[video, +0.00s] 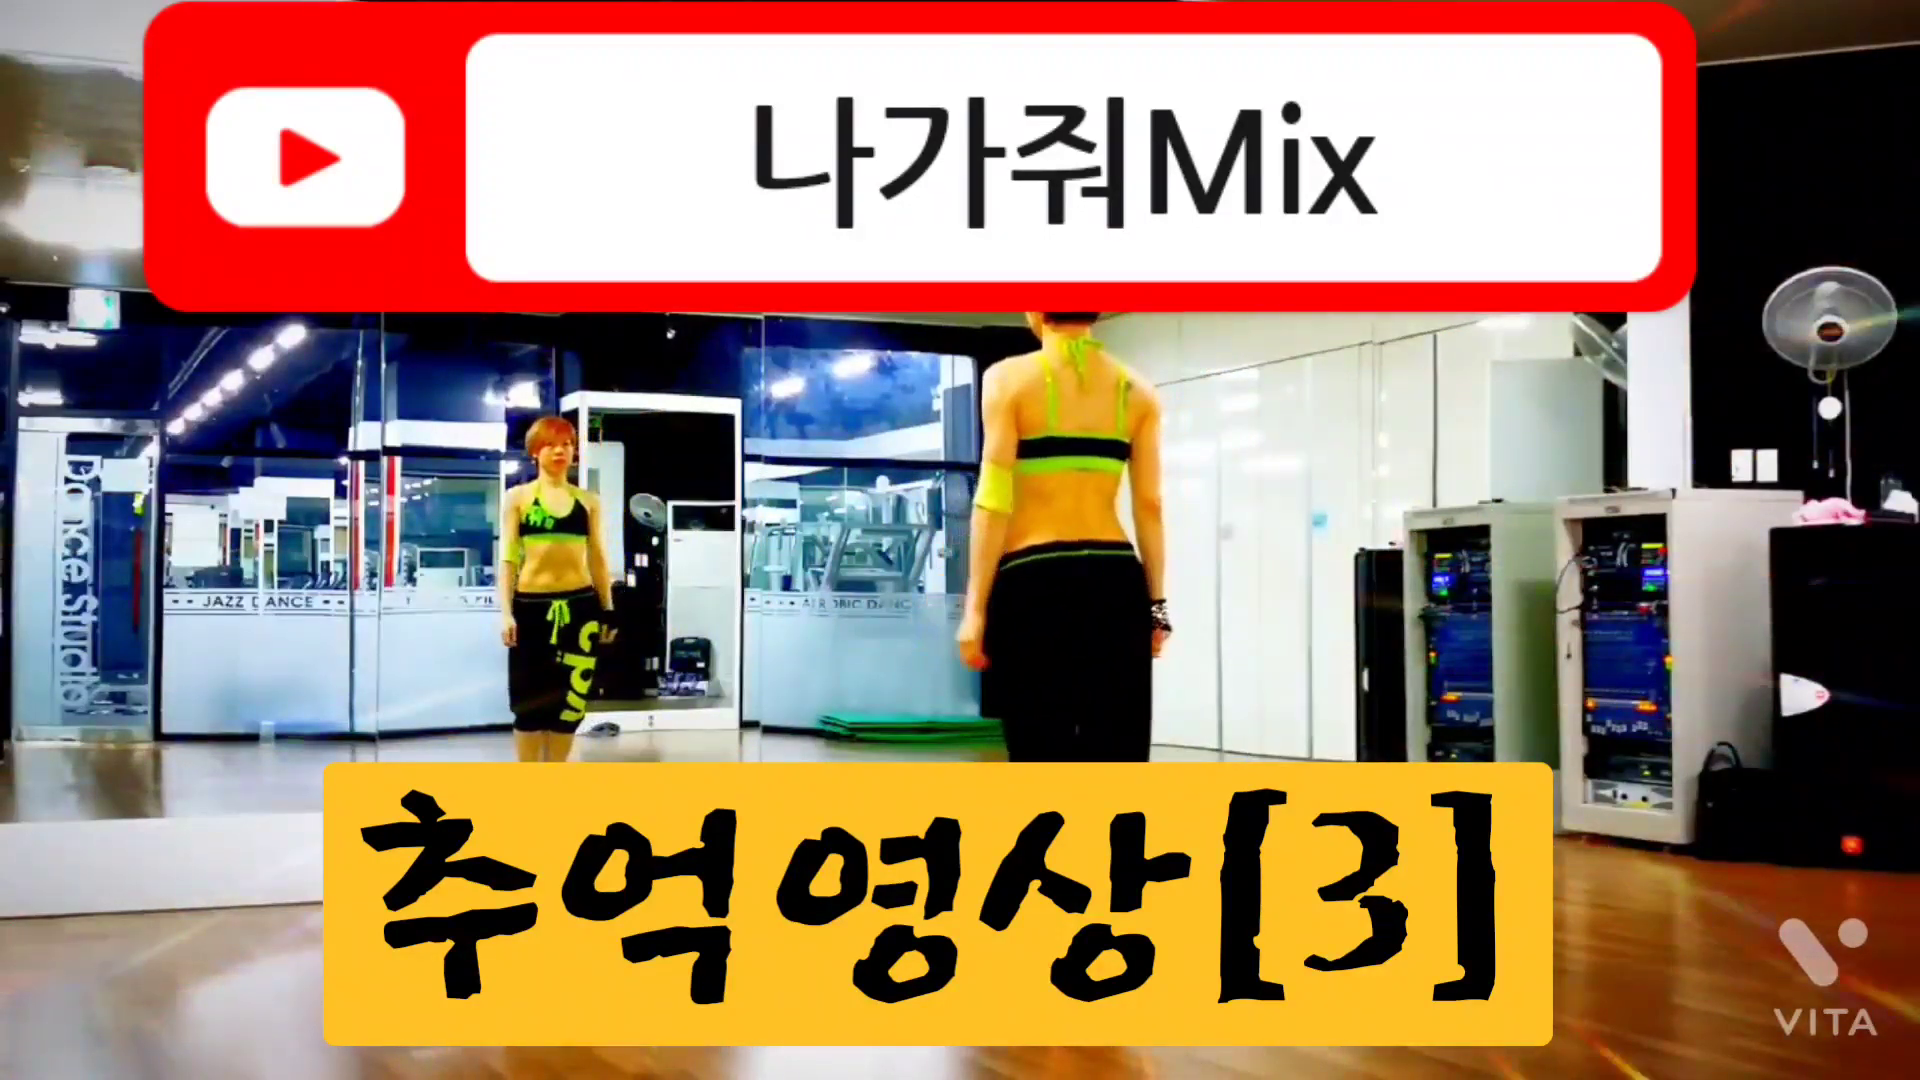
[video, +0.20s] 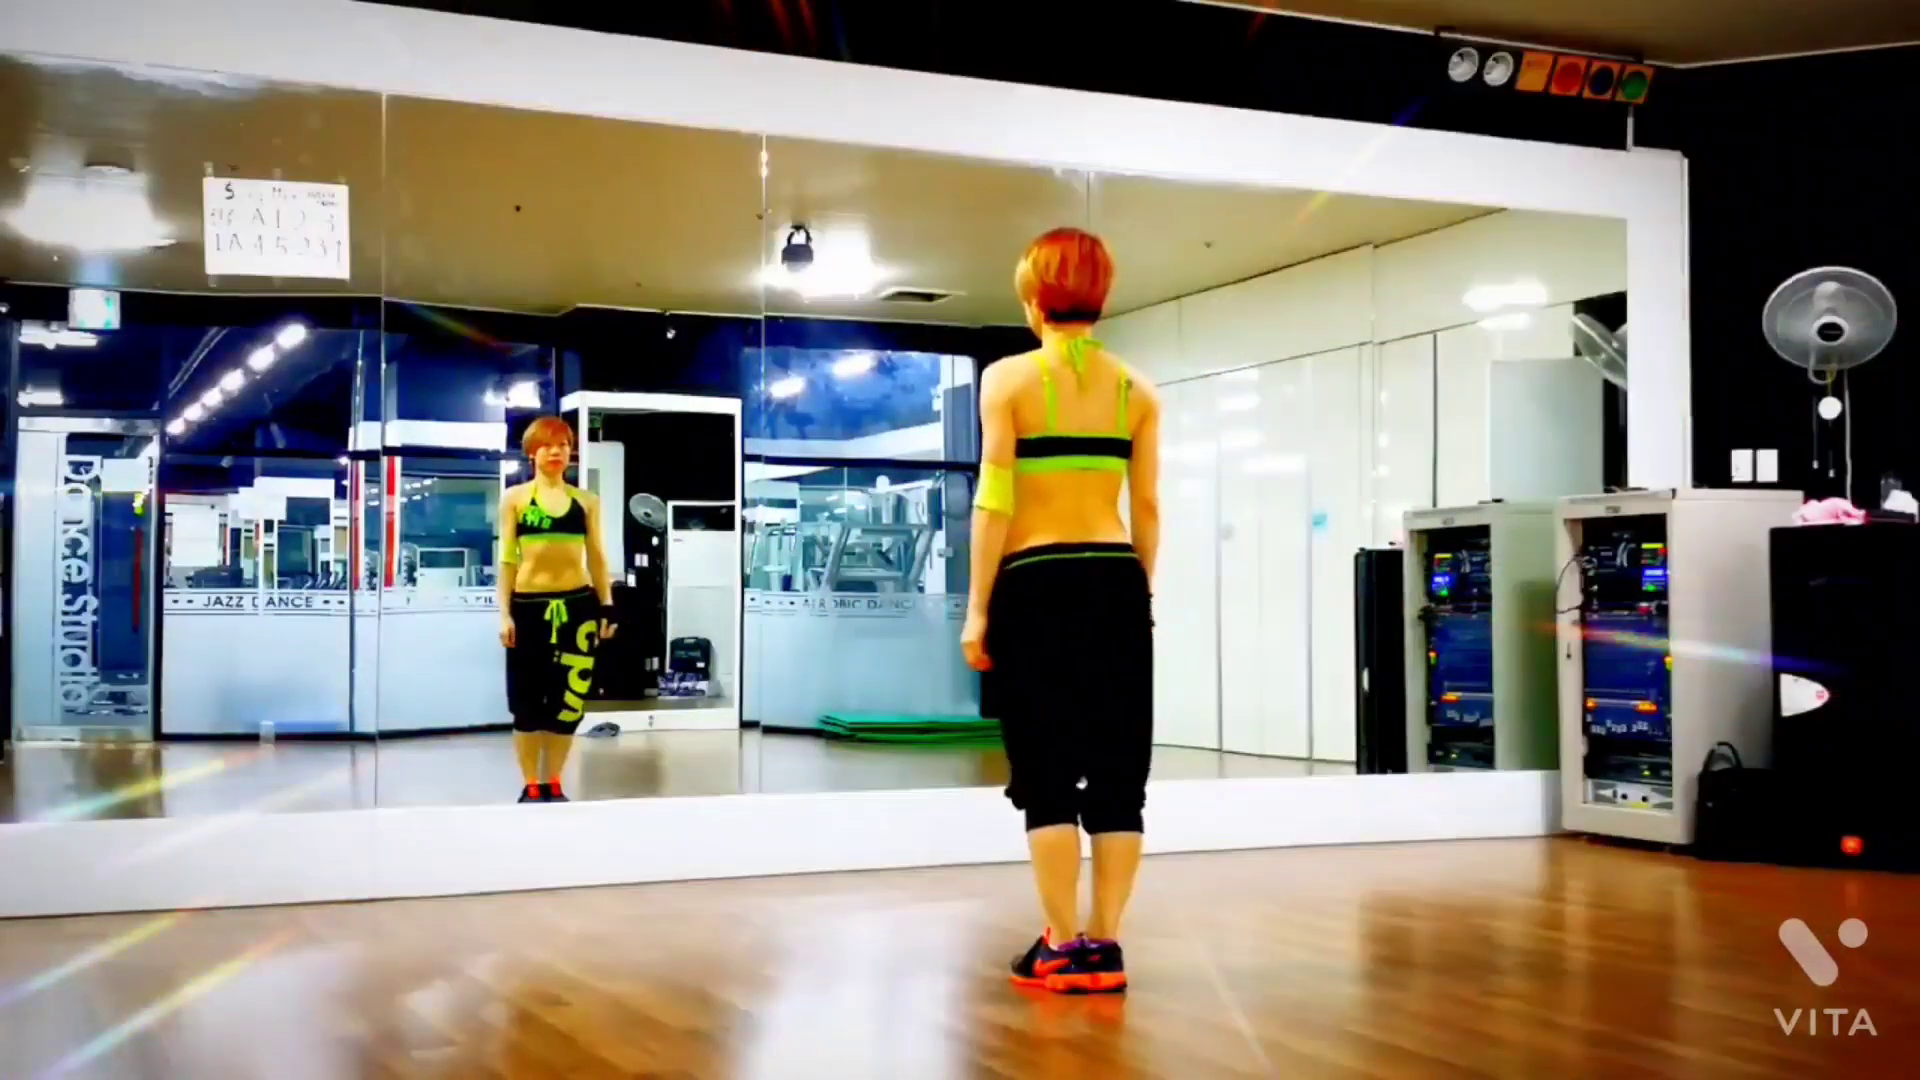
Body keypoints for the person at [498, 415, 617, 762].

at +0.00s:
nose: (560, 452)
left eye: (566, 445)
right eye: (551, 446)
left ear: (573, 452)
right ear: (536, 453)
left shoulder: (588, 501)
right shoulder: (517, 498)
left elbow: (598, 559)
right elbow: (509, 559)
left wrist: (608, 610)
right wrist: (507, 612)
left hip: (579, 607)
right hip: (531, 608)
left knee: (569, 705)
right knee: (529, 706)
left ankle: (554, 778)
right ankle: (528, 779)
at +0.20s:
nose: (555, 453)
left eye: (562, 446)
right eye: (547, 446)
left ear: (570, 452)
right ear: (533, 453)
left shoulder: (586, 501)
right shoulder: (515, 498)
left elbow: (596, 558)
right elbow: (508, 559)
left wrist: (607, 607)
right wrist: (505, 612)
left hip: (577, 605)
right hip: (529, 606)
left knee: (569, 698)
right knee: (528, 700)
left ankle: (553, 781)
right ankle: (530, 783)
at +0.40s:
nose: (553, 453)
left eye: (560, 446)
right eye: (545, 446)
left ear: (567, 452)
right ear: (531, 453)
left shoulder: (586, 501)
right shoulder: (512, 499)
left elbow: (596, 558)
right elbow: (500, 559)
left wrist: (604, 603)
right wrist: (497, 610)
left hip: (575, 606)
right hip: (526, 608)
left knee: (569, 699)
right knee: (527, 701)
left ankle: (553, 780)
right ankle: (531, 783)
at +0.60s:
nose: (552, 454)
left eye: (558, 447)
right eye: (544, 447)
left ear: (566, 451)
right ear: (529, 453)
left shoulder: (585, 501)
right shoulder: (511, 498)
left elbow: (595, 559)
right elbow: (498, 558)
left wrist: (601, 607)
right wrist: (494, 609)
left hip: (575, 606)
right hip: (525, 608)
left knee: (568, 701)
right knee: (527, 702)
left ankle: (553, 780)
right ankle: (531, 783)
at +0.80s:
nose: (552, 454)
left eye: (559, 447)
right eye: (544, 447)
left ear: (566, 452)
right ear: (530, 453)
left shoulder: (585, 502)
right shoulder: (511, 498)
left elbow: (595, 560)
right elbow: (500, 559)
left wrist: (602, 609)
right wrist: (496, 610)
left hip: (575, 606)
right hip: (525, 608)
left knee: (569, 701)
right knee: (527, 702)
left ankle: (553, 780)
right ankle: (531, 783)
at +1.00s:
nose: (552, 454)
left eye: (558, 446)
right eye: (543, 447)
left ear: (566, 452)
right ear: (530, 453)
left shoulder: (585, 502)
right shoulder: (512, 498)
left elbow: (594, 560)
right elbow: (493, 557)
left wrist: (600, 608)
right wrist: (498, 606)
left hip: (576, 607)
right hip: (527, 607)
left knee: (570, 700)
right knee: (528, 701)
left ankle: (552, 780)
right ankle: (531, 784)